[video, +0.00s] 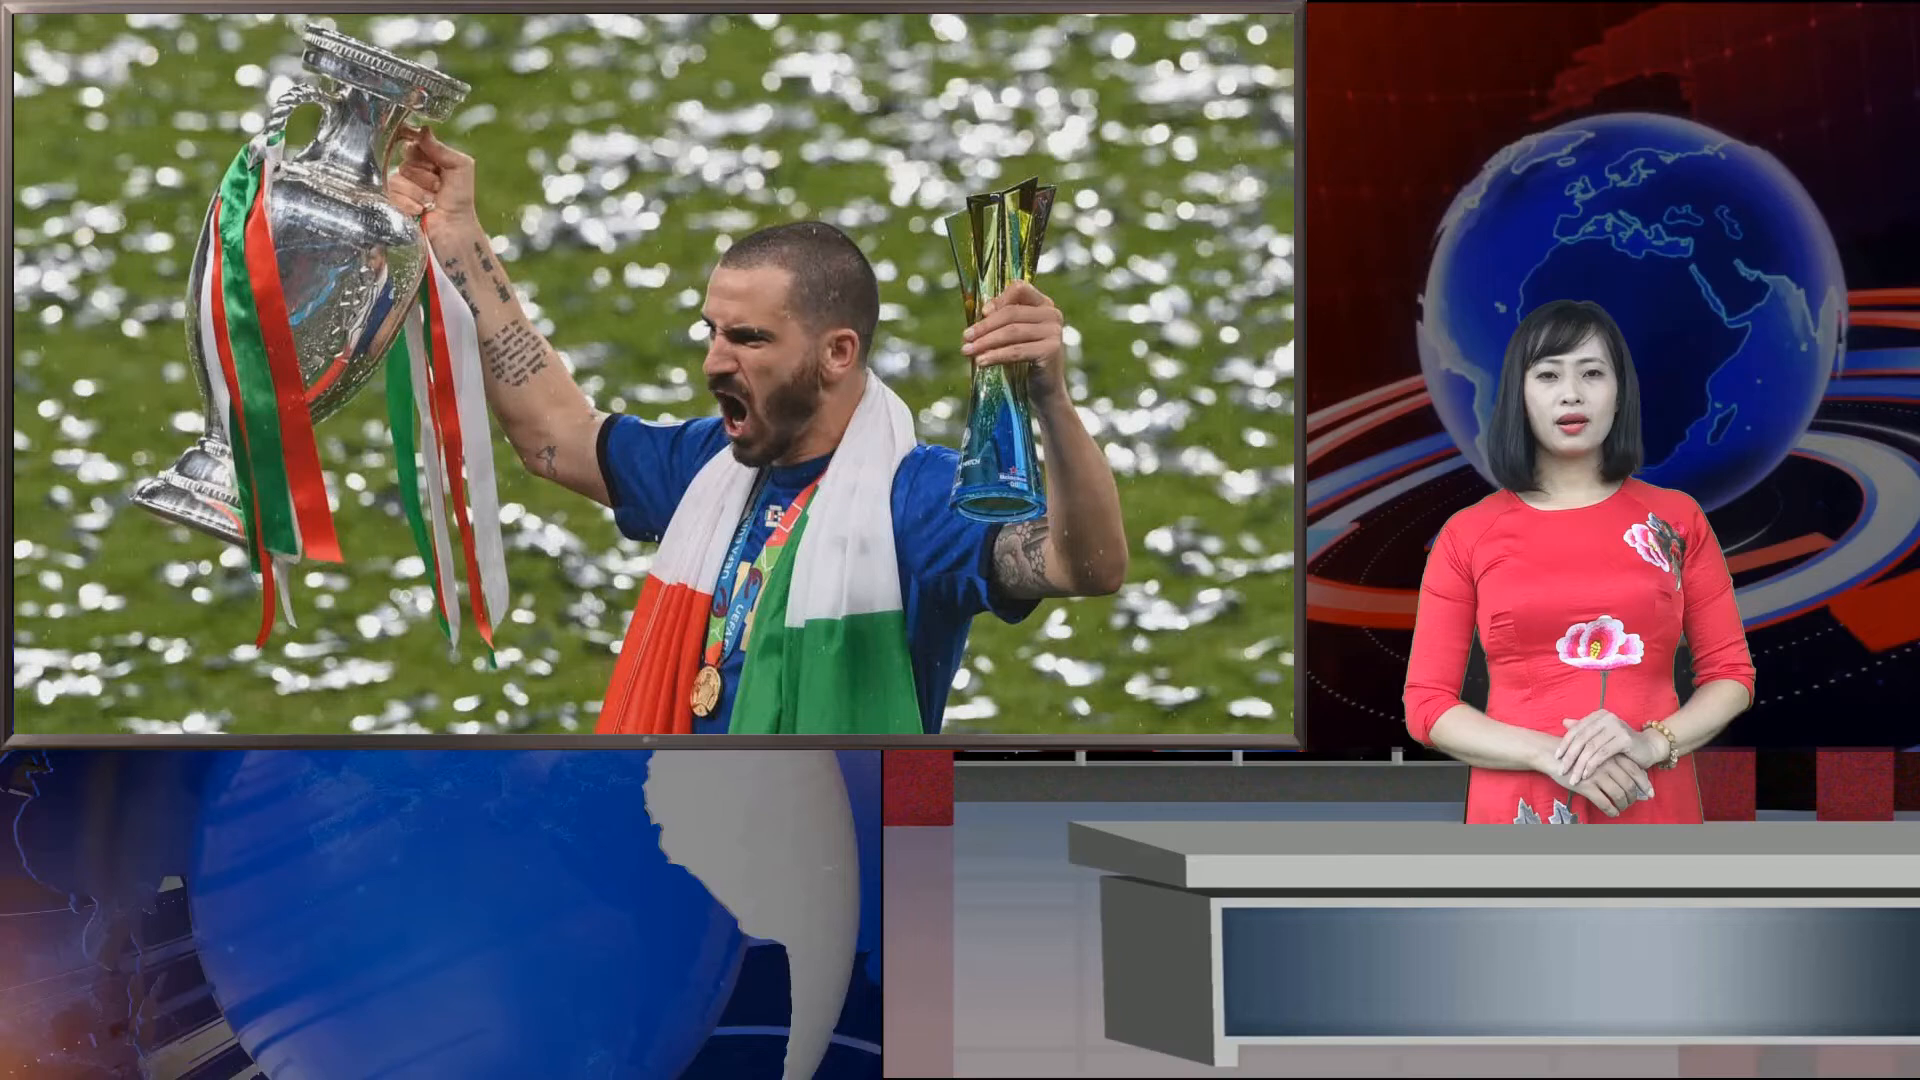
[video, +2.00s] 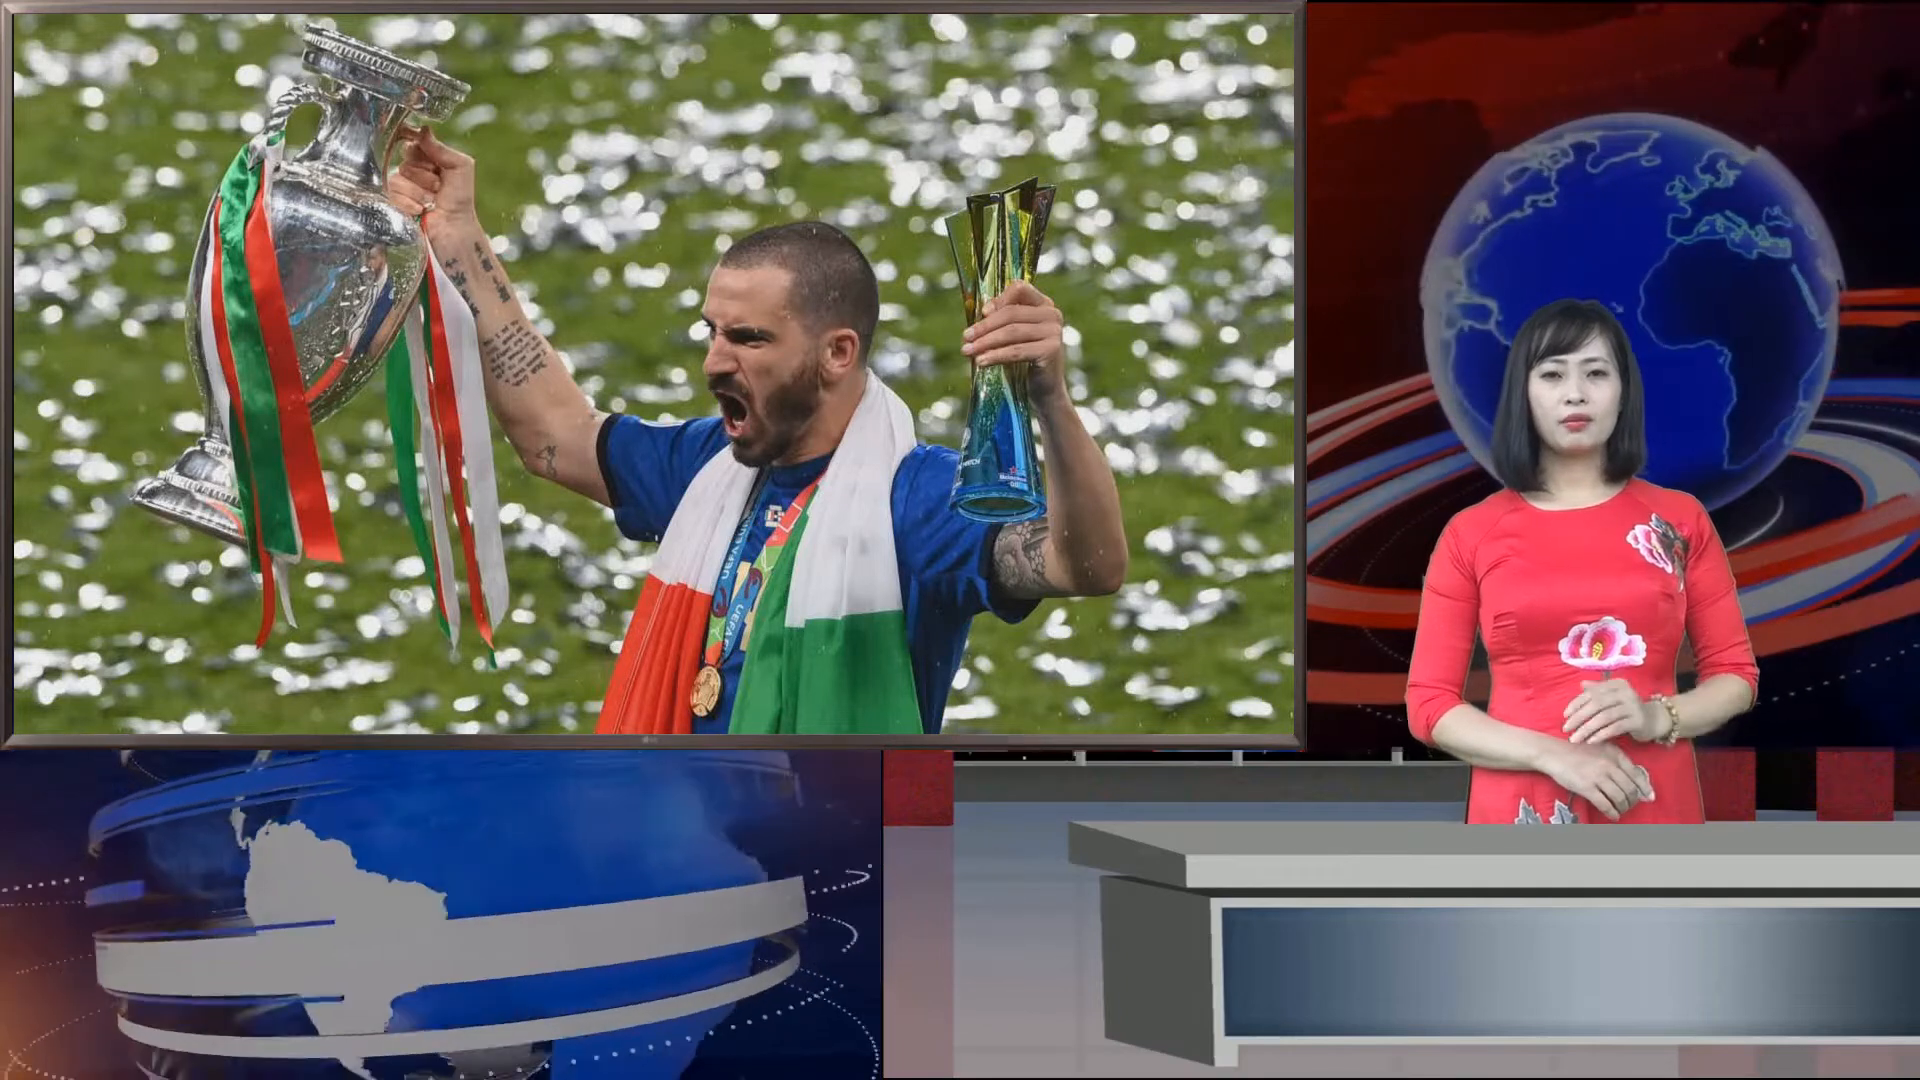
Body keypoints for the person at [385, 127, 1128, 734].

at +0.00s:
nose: (714, 361)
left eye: (747, 339)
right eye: (712, 333)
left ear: (839, 355)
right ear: (705, 327)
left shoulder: (915, 493)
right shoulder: (703, 465)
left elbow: (1090, 563)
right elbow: (557, 438)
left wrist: (1049, 398)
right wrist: (464, 252)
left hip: (830, 891)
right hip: (664, 879)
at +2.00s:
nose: (713, 362)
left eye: (747, 339)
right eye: (711, 333)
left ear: (839, 356)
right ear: (705, 327)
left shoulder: (915, 493)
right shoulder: (703, 466)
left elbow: (1090, 563)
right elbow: (557, 438)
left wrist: (1049, 399)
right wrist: (464, 252)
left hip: (833, 893)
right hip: (670, 883)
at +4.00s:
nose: (713, 361)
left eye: (747, 339)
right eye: (711, 333)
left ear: (839, 355)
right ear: (705, 327)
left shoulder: (914, 493)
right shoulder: (703, 465)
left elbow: (1089, 563)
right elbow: (557, 438)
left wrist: (1049, 398)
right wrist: (465, 255)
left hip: (831, 897)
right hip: (672, 886)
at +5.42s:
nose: (714, 362)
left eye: (747, 339)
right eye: (712, 333)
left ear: (839, 355)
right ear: (705, 327)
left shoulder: (914, 493)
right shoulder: (703, 466)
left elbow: (1089, 563)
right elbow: (557, 438)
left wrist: (1049, 399)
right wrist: (465, 254)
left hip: (827, 908)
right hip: (672, 898)